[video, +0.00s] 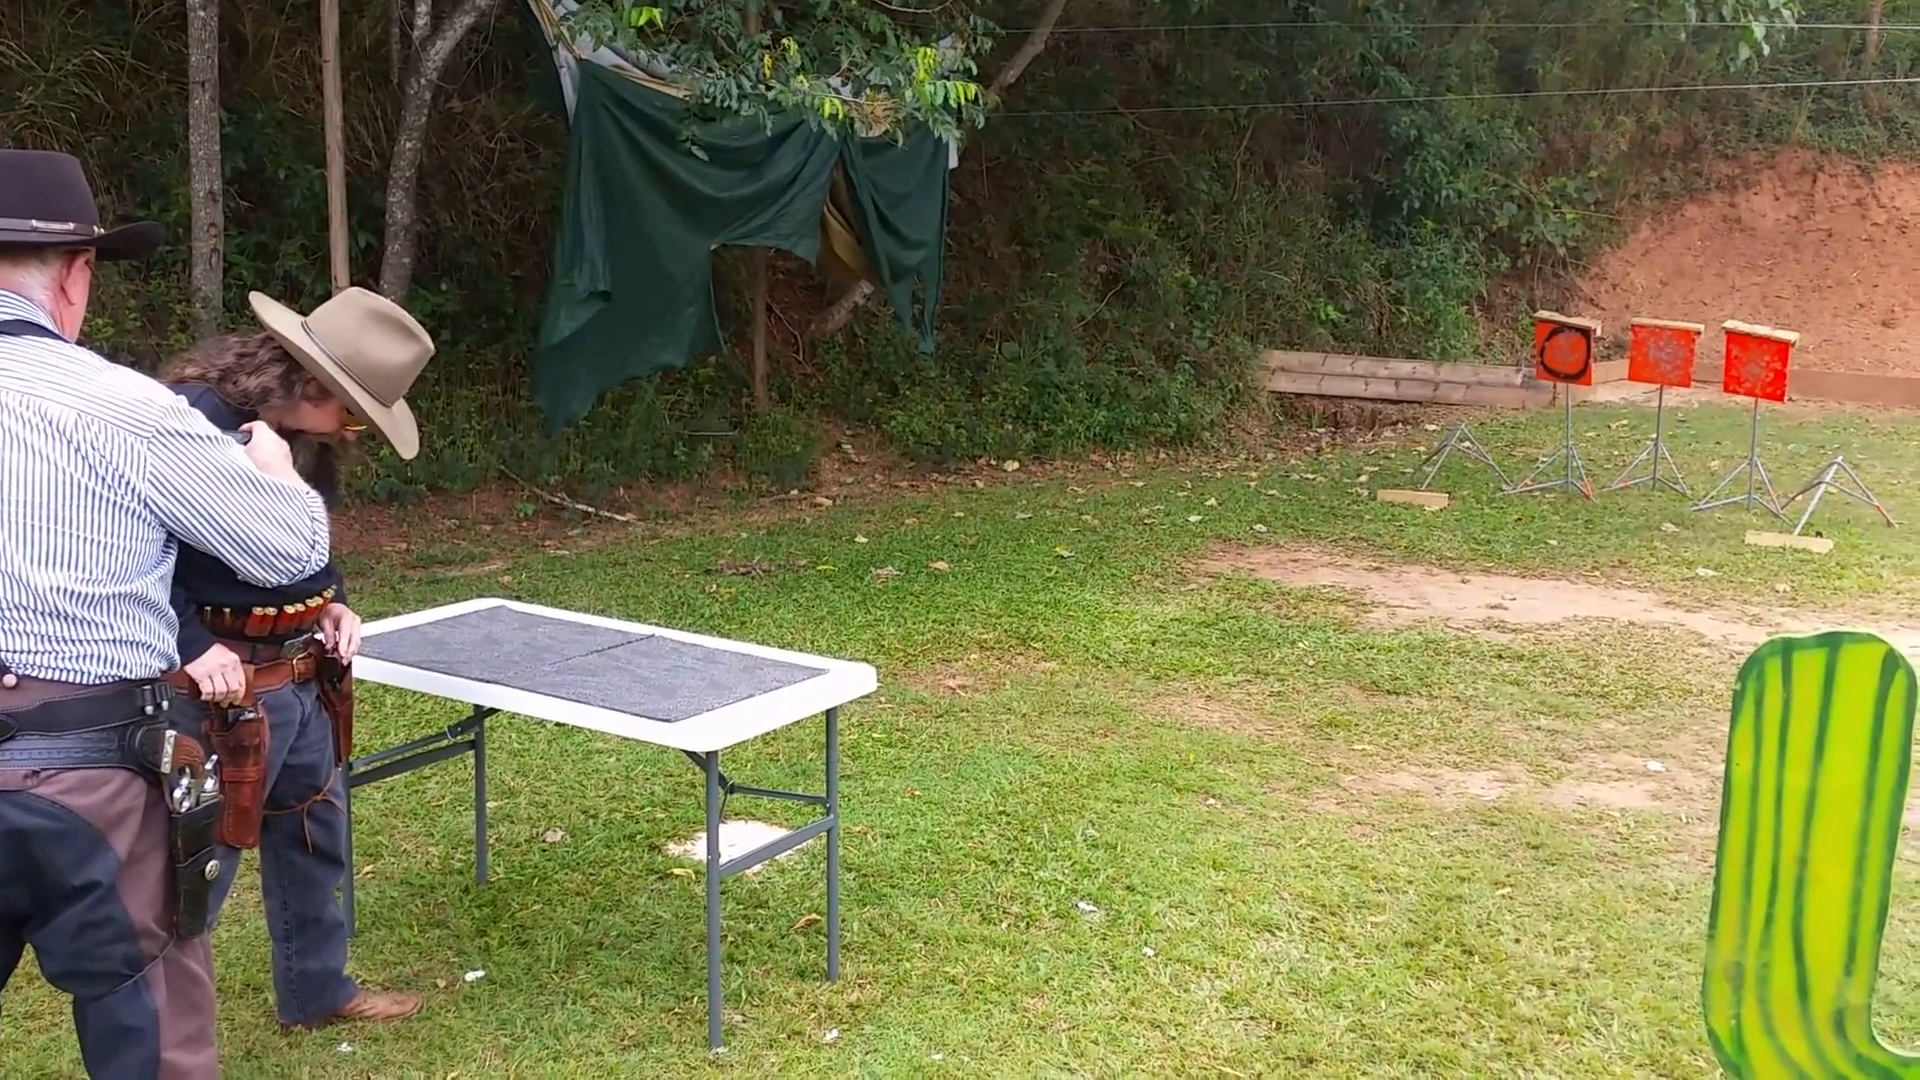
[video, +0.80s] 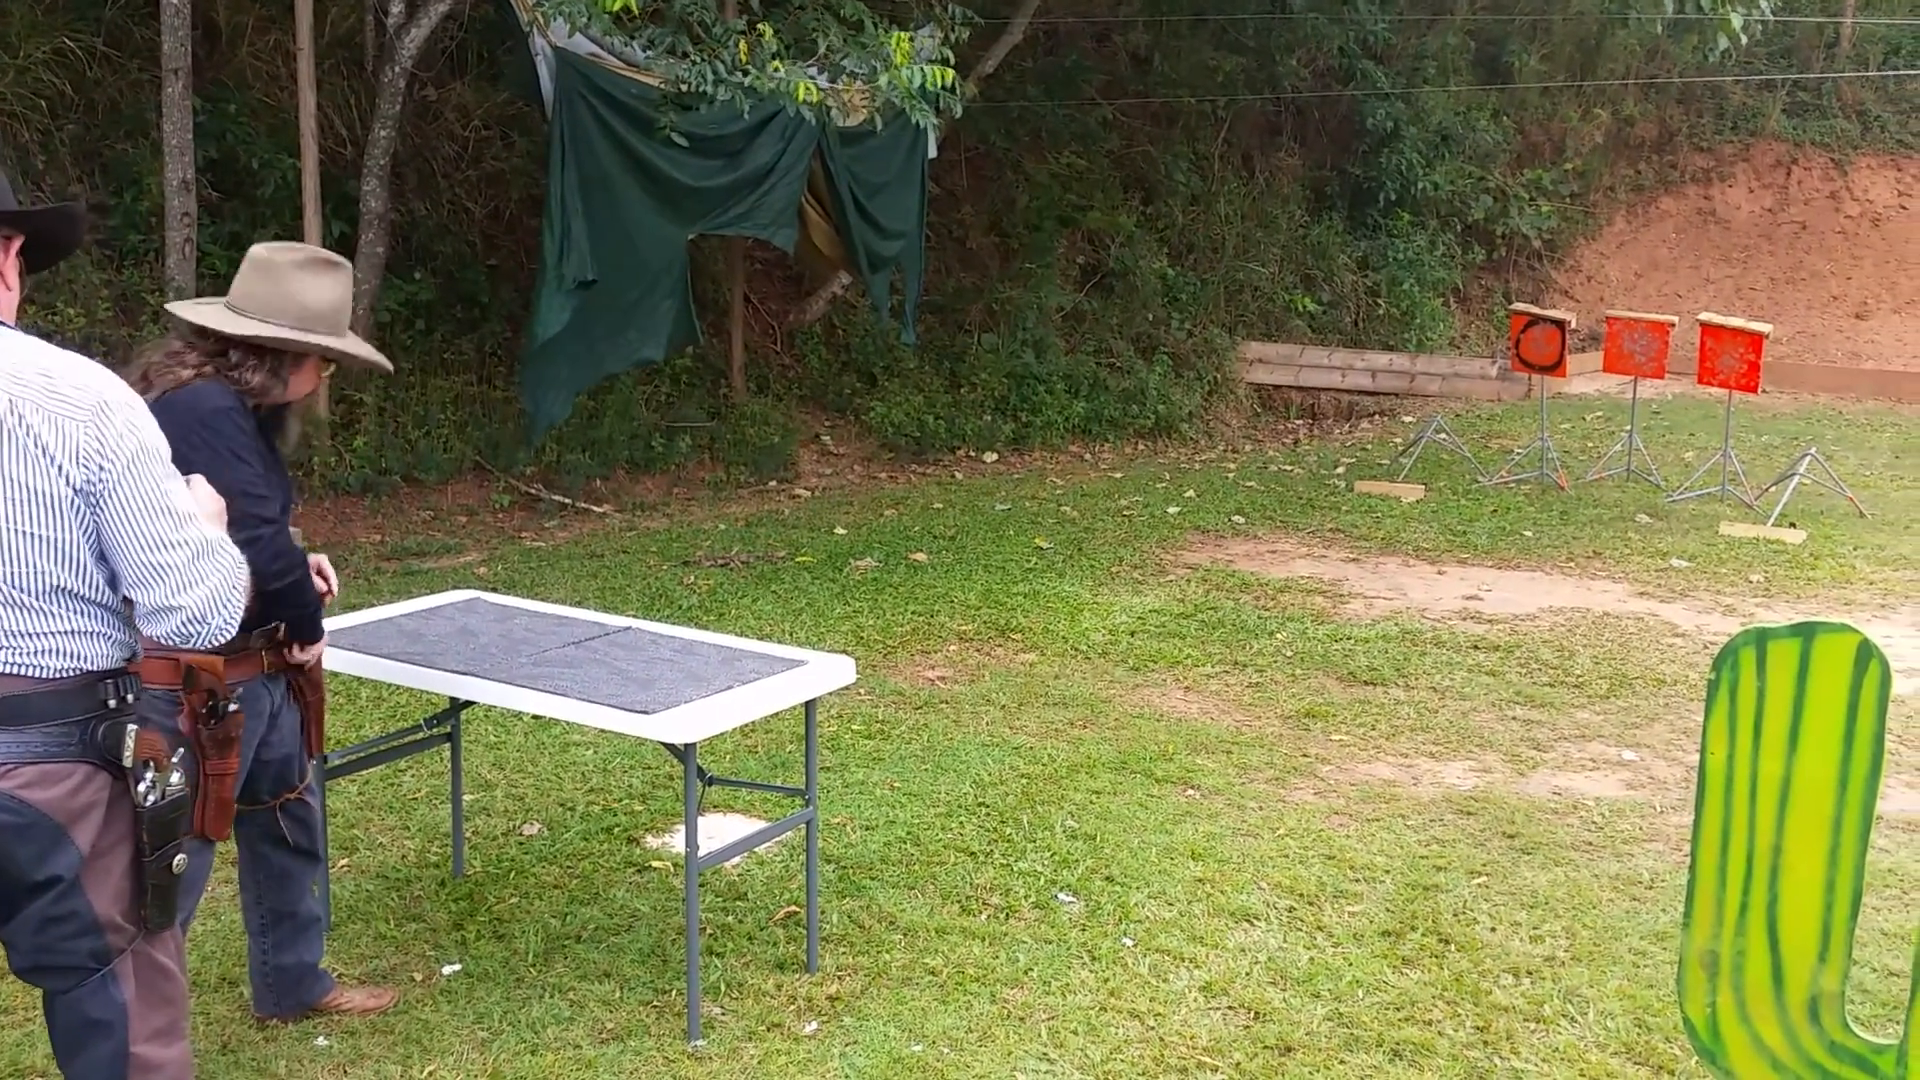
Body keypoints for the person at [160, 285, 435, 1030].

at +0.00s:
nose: (350, 432)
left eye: (358, 421)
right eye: (352, 416)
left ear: (324, 395)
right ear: (320, 390)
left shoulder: (297, 445)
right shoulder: (189, 425)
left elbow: (289, 548)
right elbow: (141, 556)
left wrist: (325, 605)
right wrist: (192, 643)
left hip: (296, 681)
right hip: (215, 694)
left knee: (313, 839)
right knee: (197, 870)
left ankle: (316, 992)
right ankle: (159, 1017)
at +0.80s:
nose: (322, 378)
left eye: (324, 362)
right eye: (318, 360)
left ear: (245, 341)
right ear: (282, 357)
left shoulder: (222, 408)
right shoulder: (212, 412)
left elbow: (236, 524)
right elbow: (263, 553)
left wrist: (297, 562)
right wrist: (303, 623)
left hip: (254, 666)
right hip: (197, 673)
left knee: (287, 825)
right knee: (175, 859)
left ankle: (291, 986)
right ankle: (131, 1006)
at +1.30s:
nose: (276, 326)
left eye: (272, 312)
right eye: (267, 314)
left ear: (191, 321)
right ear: (235, 324)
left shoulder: (152, 386)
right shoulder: (231, 404)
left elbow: (264, 441)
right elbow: (340, 478)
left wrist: (353, 416)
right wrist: (398, 444)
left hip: (179, 643)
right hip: (202, 656)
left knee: (268, 811)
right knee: (189, 849)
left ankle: (278, 978)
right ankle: (116, 1010)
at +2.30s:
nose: (282, 331)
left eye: (277, 319)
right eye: (272, 318)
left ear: (195, 322)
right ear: (243, 323)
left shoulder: (153, 384)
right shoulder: (235, 398)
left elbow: (302, 381)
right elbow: (345, 409)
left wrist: (400, 352)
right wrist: (425, 379)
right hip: (178, 662)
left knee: (249, 818)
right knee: (162, 863)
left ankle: (260, 983)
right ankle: (86, 1016)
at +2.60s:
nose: (283, 335)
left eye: (279, 321)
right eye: (274, 321)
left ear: (195, 324)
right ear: (241, 325)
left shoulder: (146, 385)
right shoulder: (232, 398)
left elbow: (302, 390)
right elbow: (339, 410)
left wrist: (395, 363)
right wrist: (426, 382)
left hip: (127, 651)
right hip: (174, 664)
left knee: (244, 819)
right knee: (155, 861)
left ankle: (253, 985)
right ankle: (83, 1017)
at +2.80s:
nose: (284, 336)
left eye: (280, 322)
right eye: (274, 322)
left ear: (201, 325)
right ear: (238, 326)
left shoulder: (157, 383)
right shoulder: (228, 399)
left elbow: (304, 388)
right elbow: (334, 414)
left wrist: (397, 354)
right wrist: (422, 383)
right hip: (169, 665)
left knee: (241, 820)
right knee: (152, 862)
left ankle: (251, 984)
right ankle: (82, 1014)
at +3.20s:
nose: (280, 337)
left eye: (277, 323)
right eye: (271, 322)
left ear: (194, 324)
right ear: (235, 327)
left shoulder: (141, 383)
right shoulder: (223, 398)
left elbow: (303, 387)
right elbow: (334, 411)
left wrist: (401, 360)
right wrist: (428, 382)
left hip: (122, 647)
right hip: (165, 662)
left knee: (237, 814)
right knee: (148, 863)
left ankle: (245, 982)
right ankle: (75, 1017)